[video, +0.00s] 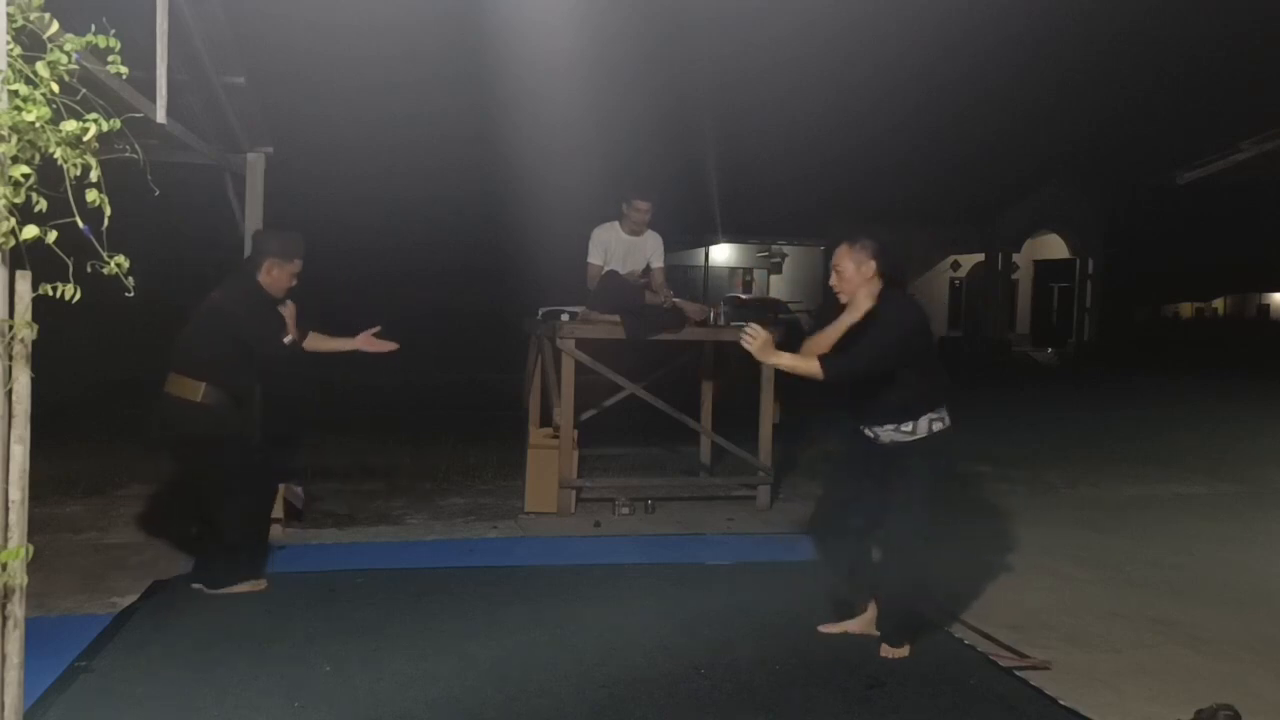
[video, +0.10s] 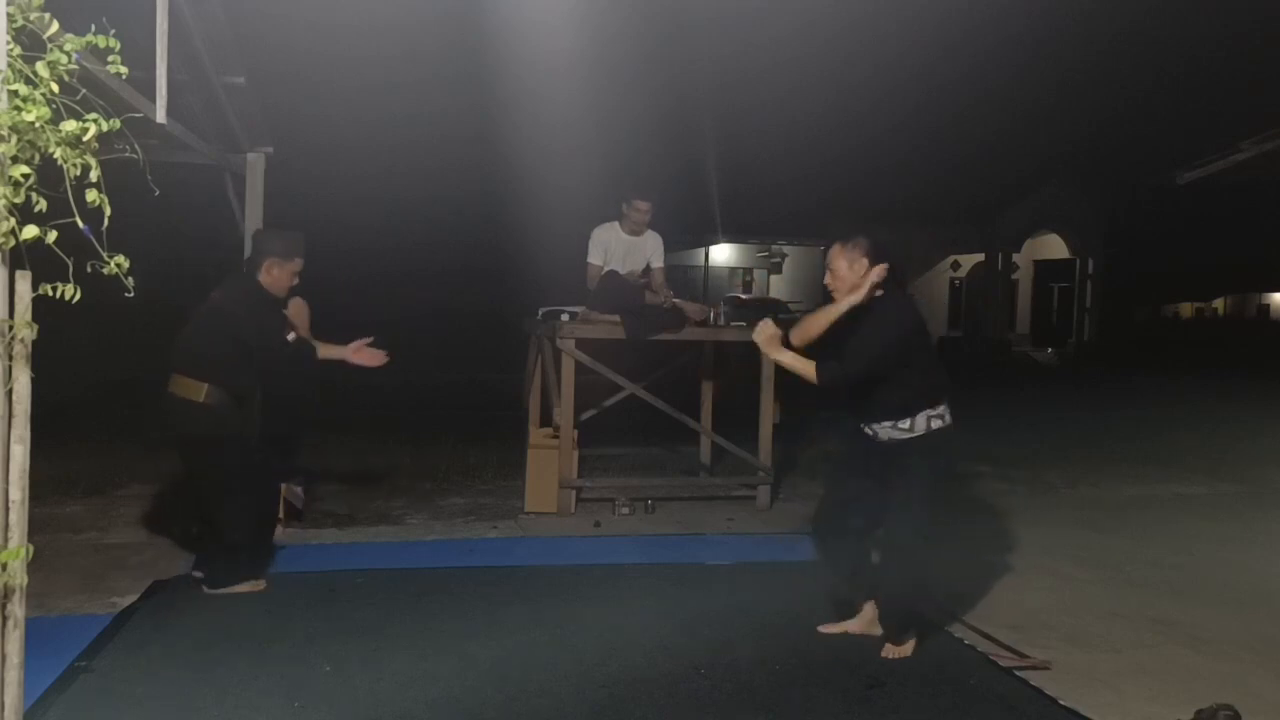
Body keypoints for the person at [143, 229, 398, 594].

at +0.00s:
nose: (295, 283)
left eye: (297, 275)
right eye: (292, 274)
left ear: (269, 269)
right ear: (269, 268)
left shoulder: (248, 295)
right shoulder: (245, 300)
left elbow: (299, 339)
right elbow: (274, 350)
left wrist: (354, 343)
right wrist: (287, 328)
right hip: (201, 411)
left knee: (226, 482)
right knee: (238, 484)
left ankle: (216, 567)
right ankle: (223, 574)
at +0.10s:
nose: (296, 282)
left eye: (297, 274)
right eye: (293, 274)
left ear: (268, 269)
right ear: (269, 269)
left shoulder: (238, 290)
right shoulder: (253, 303)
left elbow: (284, 341)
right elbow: (294, 351)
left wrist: (342, 352)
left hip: (187, 403)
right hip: (208, 410)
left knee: (219, 482)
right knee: (240, 484)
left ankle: (211, 561)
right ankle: (229, 574)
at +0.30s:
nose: (294, 283)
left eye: (296, 275)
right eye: (288, 274)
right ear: (260, 269)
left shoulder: (249, 300)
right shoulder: (244, 305)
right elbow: (305, 338)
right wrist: (369, 328)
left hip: (219, 408)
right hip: (218, 413)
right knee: (253, 488)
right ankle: (232, 573)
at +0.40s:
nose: (293, 284)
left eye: (296, 276)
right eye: (286, 274)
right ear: (259, 269)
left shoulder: (258, 302)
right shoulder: (241, 302)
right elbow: (298, 333)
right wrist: (363, 328)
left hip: (229, 406)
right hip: (217, 410)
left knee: (245, 480)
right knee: (253, 486)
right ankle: (232, 573)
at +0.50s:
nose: (292, 285)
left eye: (296, 277)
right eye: (285, 275)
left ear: (299, 274)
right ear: (260, 270)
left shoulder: (275, 308)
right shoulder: (239, 299)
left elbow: (310, 353)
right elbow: (261, 326)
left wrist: (297, 345)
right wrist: (318, 327)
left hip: (245, 401)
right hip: (220, 403)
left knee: (257, 474)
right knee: (244, 481)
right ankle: (231, 572)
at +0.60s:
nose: (293, 286)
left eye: (299, 278)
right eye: (286, 276)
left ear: (304, 276)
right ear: (262, 272)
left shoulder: (302, 308)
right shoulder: (240, 301)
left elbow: (315, 353)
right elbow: (215, 316)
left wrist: (264, 332)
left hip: (277, 420)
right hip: (232, 416)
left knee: (267, 496)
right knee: (232, 490)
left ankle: (256, 571)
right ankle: (228, 569)